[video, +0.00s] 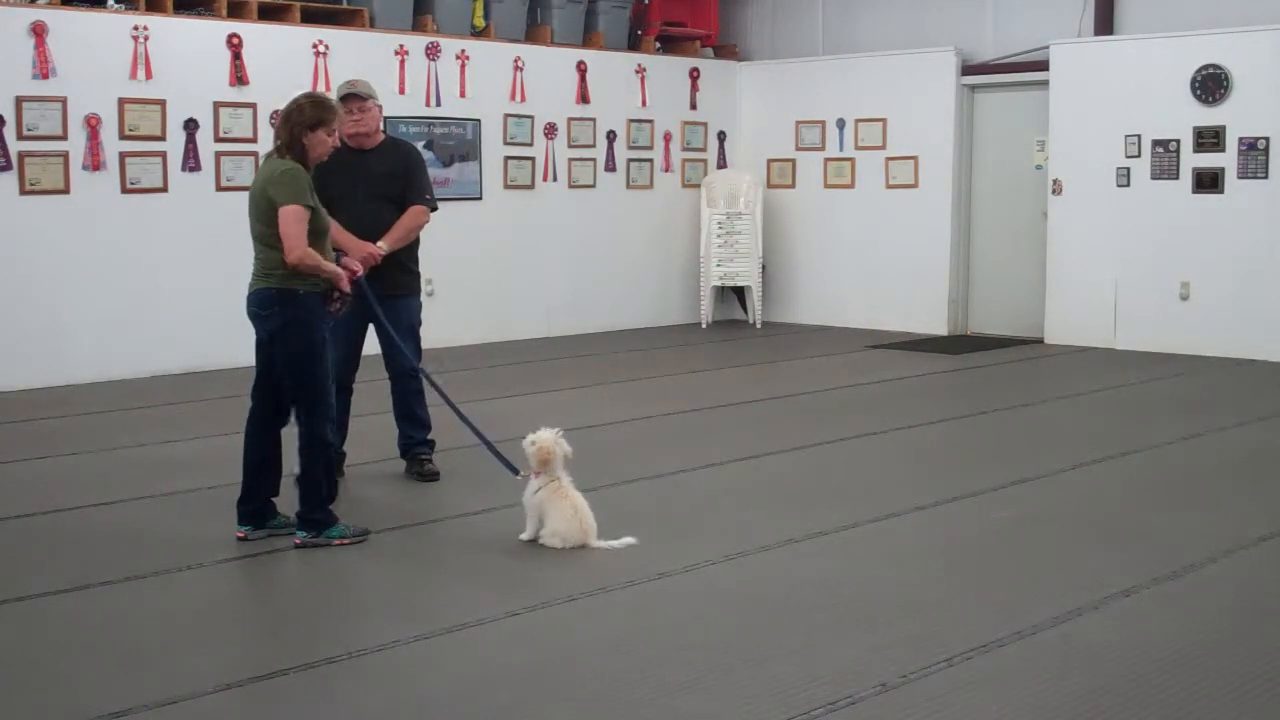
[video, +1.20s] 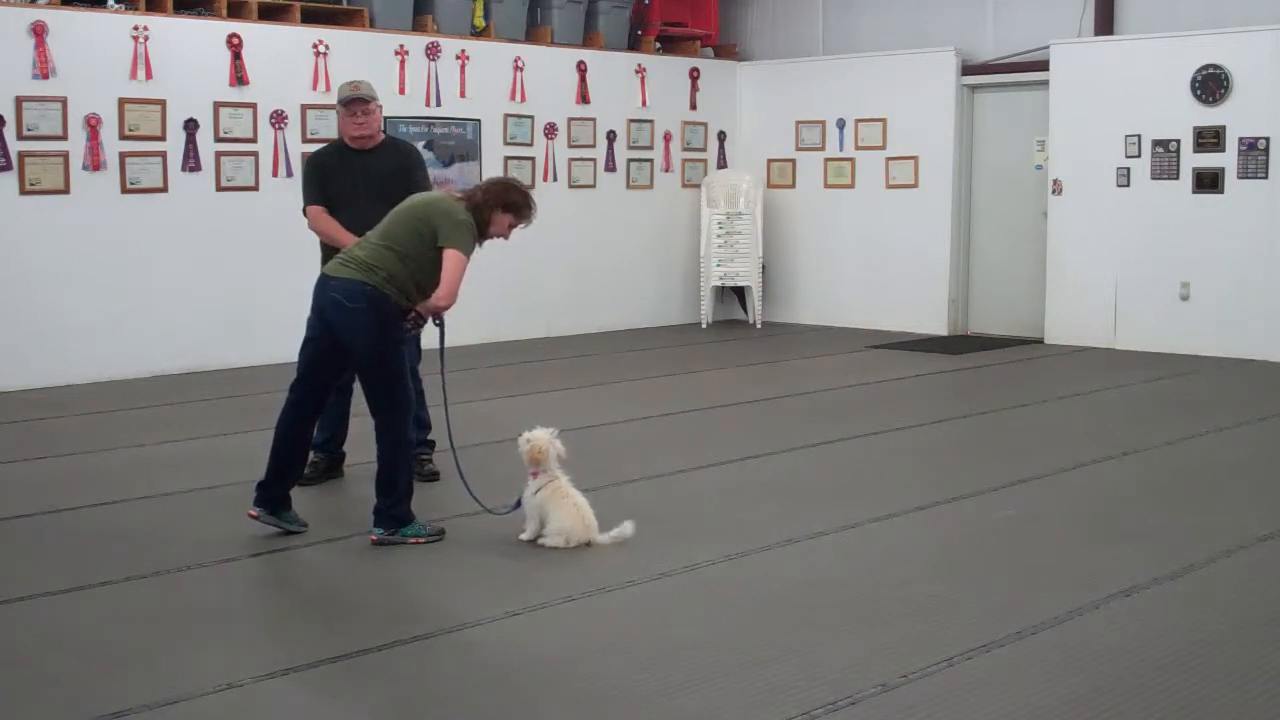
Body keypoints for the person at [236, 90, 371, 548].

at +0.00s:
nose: (334, 144)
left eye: (335, 135)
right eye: (331, 134)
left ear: (301, 132)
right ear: (308, 132)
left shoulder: (279, 171)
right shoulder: (290, 176)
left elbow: (310, 234)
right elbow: (296, 253)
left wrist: (339, 258)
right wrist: (334, 271)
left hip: (276, 299)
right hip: (293, 302)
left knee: (268, 410)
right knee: (318, 412)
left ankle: (255, 514)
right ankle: (316, 519)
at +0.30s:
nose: (363, 154)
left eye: (364, 146)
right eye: (358, 144)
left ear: (331, 140)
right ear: (335, 138)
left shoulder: (307, 177)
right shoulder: (314, 179)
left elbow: (331, 236)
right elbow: (317, 253)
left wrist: (356, 257)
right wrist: (348, 280)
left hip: (287, 306)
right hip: (303, 307)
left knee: (270, 414)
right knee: (351, 405)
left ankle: (256, 515)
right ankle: (375, 515)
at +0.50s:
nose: (414, 173)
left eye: (417, 166)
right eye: (411, 164)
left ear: (384, 153)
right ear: (388, 153)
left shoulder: (340, 181)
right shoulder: (367, 190)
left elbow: (332, 249)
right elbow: (363, 269)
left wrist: (375, 275)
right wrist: (377, 290)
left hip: (297, 306)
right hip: (329, 310)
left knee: (281, 413)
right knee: (373, 412)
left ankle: (256, 515)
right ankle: (391, 518)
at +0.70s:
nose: (465, 195)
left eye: (469, 188)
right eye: (464, 185)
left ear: (437, 171)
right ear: (444, 175)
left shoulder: (387, 187)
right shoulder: (413, 202)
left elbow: (362, 248)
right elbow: (402, 278)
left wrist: (397, 292)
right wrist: (400, 304)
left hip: (311, 296)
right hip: (347, 305)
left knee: (292, 404)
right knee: (382, 412)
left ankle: (261, 509)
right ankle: (391, 519)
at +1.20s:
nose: (509, 233)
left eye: (515, 227)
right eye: (511, 223)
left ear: (489, 201)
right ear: (494, 206)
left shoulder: (433, 203)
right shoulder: (460, 221)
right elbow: (445, 297)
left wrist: (419, 305)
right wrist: (424, 308)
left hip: (333, 291)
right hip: (372, 303)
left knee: (306, 398)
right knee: (395, 416)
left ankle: (270, 499)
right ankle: (393, 520)